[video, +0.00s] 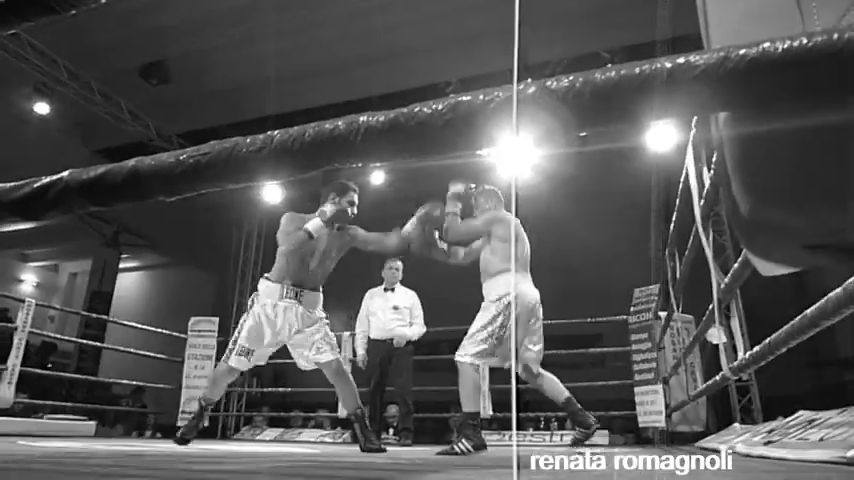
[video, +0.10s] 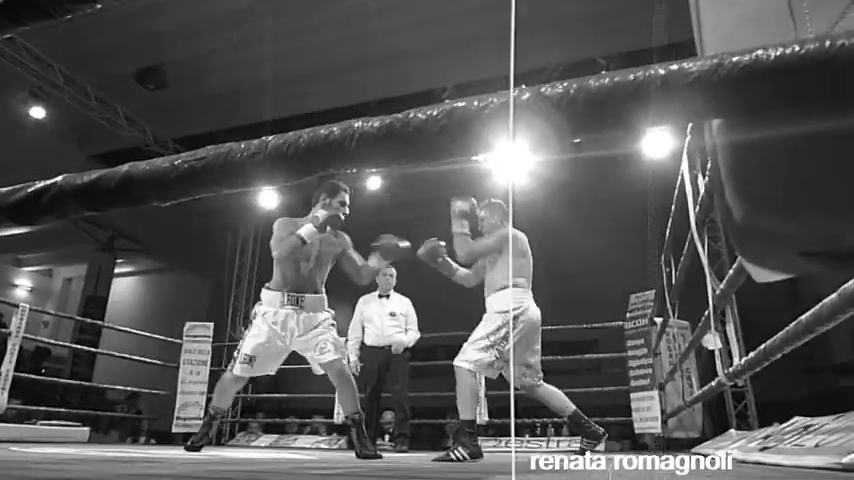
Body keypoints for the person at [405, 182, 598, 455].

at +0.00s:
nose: (475, 209)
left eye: (477, 203)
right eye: (475, 204)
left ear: (489, 200)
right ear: (497, 202)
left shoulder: (497, 218)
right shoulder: (499, 232)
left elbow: (451, 233)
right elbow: (462, 256)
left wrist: (453, 199)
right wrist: (428, 247)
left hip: (505, 297)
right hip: (527, 299)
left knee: (467, 358)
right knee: (529, 369)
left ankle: (470, 434)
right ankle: (582, 418)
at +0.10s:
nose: (480, 224)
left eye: (483, 217)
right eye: (479, 220)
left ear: (496, 214)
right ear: (495, 219)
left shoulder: (509, 235)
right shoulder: (496, 247)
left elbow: (465, 252)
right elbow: (470, 278)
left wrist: (458, 218)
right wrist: (439, 261)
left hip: (509, 310)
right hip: (521, 311)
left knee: (465, 365)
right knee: (528, 382)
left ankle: (467, 443)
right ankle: (590, 430)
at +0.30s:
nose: (530, 244)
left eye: (533, 237)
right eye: (529, 239)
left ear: (549, 235)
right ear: (545, 237)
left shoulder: (565, 254)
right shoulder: (546, 264)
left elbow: (537, 283)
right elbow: (528, 299)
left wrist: (523, 256)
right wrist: (519, 262)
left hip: (568, 323)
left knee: (533, 383)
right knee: (586, 398)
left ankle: (518, 455)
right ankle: (629, 452)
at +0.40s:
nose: (533, 236)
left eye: (536, 230)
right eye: (532, 231)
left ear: (551, 226)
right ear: (549, 227)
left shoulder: (562, 240)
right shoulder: (553, 253)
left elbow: (529, 266)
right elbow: (538, 289)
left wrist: (517, 239)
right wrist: (520, 244)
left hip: (573, 312)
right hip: (587, 314)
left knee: (544, 375)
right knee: (594, 388)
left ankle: (544, 450)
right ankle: (630, 447)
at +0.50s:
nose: (535, 231)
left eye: (538, 225)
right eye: (533, 227)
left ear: (553, 220)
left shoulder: (560, 234)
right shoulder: (578, 243)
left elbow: (537, 258)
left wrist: (518, 236)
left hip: (576, 308)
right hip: (596, 309)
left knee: (548, 371)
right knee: (600, 381)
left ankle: (559, 443)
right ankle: (643, 437)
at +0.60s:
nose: (544, 235)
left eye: (546, 228)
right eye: (542, 230)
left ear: (561, 224)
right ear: (567, 227)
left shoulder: (569, 240)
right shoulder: (588, 244)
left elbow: (555, 271)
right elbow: (556, 273)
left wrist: (530, 248)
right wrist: (536, 251)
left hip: (584, 310)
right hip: (604, 310)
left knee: (546, 368)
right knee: (616, 381)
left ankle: (562, 439)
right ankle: (654, 439)